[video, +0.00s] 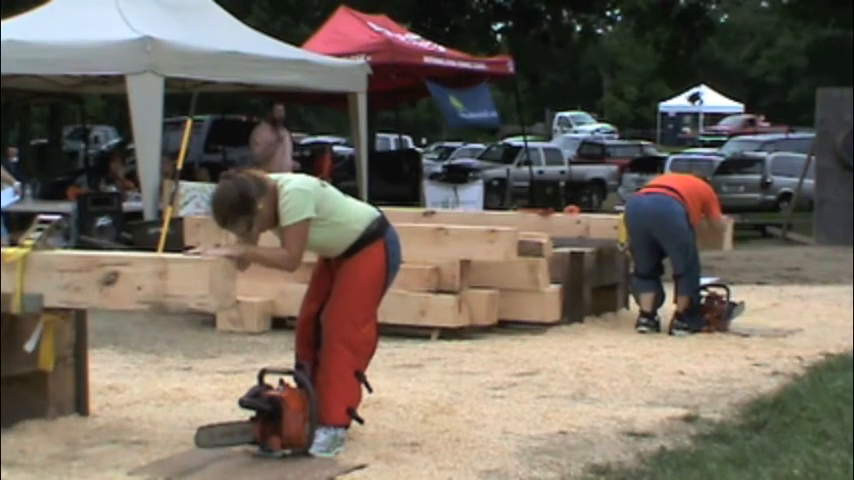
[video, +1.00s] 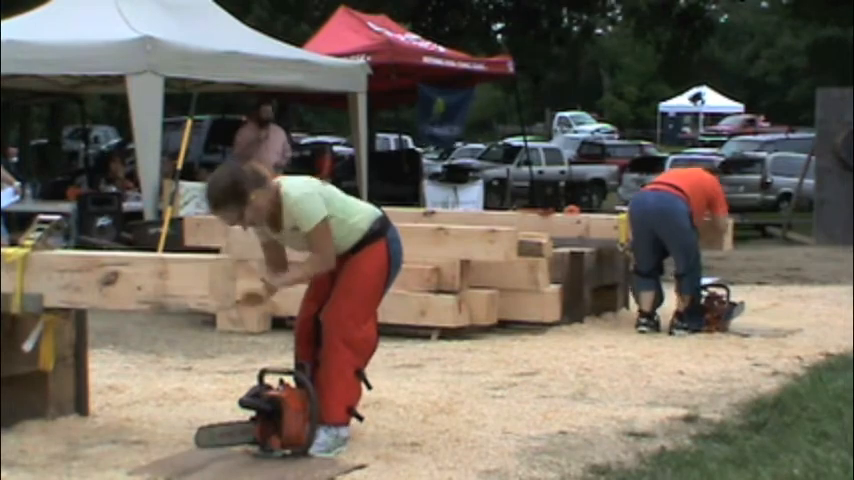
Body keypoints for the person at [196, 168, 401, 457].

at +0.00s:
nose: (252, 233)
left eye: (251, 227)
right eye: (244, 231)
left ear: (260, 204)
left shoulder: (296, 195)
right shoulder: (262, 194)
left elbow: (291, 260)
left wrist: (244, 253)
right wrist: (232, 250)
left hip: (371, 247)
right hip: (336, 254)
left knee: (338, 325)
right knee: (309, 322)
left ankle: (334, 425)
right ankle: (309, 413)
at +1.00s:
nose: (244, 227)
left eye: (242, 219)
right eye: (238, 224)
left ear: (256, 198)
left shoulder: (302, 198)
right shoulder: (263, 214)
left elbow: (325, 262)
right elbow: (277, 267)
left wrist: (281, 281)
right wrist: (264, 293)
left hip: (374, 245)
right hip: (337, 254)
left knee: (338, 322)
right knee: (309, 322)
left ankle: (336, 426)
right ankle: (310, 414)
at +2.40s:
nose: (228, 236)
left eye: (225, 227)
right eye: (223, 230)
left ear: (241, 210)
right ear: (244, 205)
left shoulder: (278, 217)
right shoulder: (281, 197)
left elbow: (295, 292)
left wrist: (283, 358)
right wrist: (284, 287)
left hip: (379, 242)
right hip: (386, 232)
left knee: (333, 330)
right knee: (353, 322)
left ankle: (337, 428)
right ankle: (365, 402)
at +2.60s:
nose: (236, 263)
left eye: (236, 253)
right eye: (231, 256)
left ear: (252, 239)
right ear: (250, 241)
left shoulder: (284, 245)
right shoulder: (276, 270)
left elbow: (316, 303)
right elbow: (288, 328)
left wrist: (285, 357)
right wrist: (291, 385)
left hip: (393, 259)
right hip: (377, 265)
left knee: (333, 334)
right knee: (319, 335)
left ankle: (338, 431)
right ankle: (346, 414)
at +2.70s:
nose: (240, 257)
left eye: (239, 247)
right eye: (234, 252)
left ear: (256, 230)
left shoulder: (289, 237)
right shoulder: (280, 263)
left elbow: (324, 291)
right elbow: (288, 321)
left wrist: (289, 343)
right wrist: (291, 378)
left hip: (394, 259)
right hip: (373, 266)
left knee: (341, 330)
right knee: (319, 332)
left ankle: (339, 429)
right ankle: (345, 413)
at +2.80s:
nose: (243, 227)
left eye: (244, 217)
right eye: (237, 222)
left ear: (263, 199)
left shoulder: (296, 212)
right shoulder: (281, 238)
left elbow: (334, 265)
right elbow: (297, 297)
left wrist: (298, 309)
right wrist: (301, 357)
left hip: (392, 247)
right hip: (365, 259)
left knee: (355, 328)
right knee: (332, 325)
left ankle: (347, 427)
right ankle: (340, 414)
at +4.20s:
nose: (251, 128)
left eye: (255, 118)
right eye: (246, 121)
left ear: (279, 105)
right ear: (246, 117)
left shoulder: (311, 128)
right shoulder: (264, 147)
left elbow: (317, 188)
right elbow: (285, 202)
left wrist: (265, 213)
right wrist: (286, 237)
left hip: (346, 235)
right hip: (308, 239)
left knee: (340, 324)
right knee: (300, 324)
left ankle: (342, 423)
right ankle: (293, 413)